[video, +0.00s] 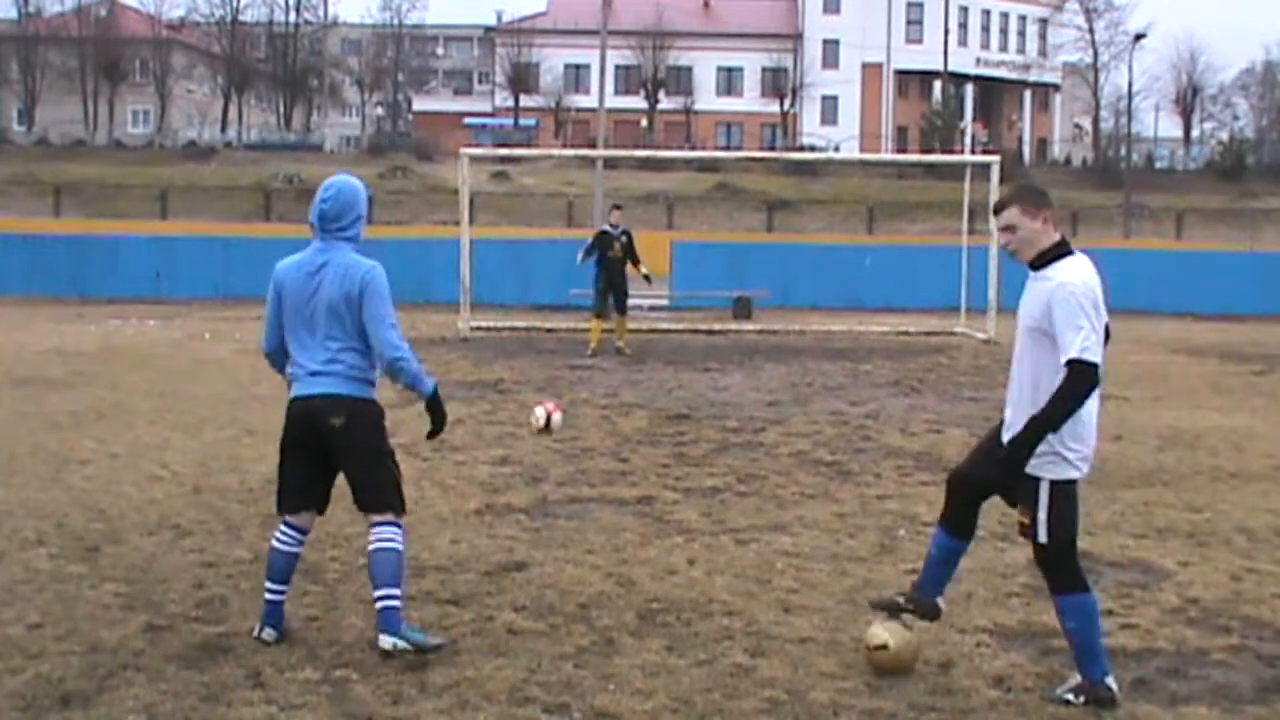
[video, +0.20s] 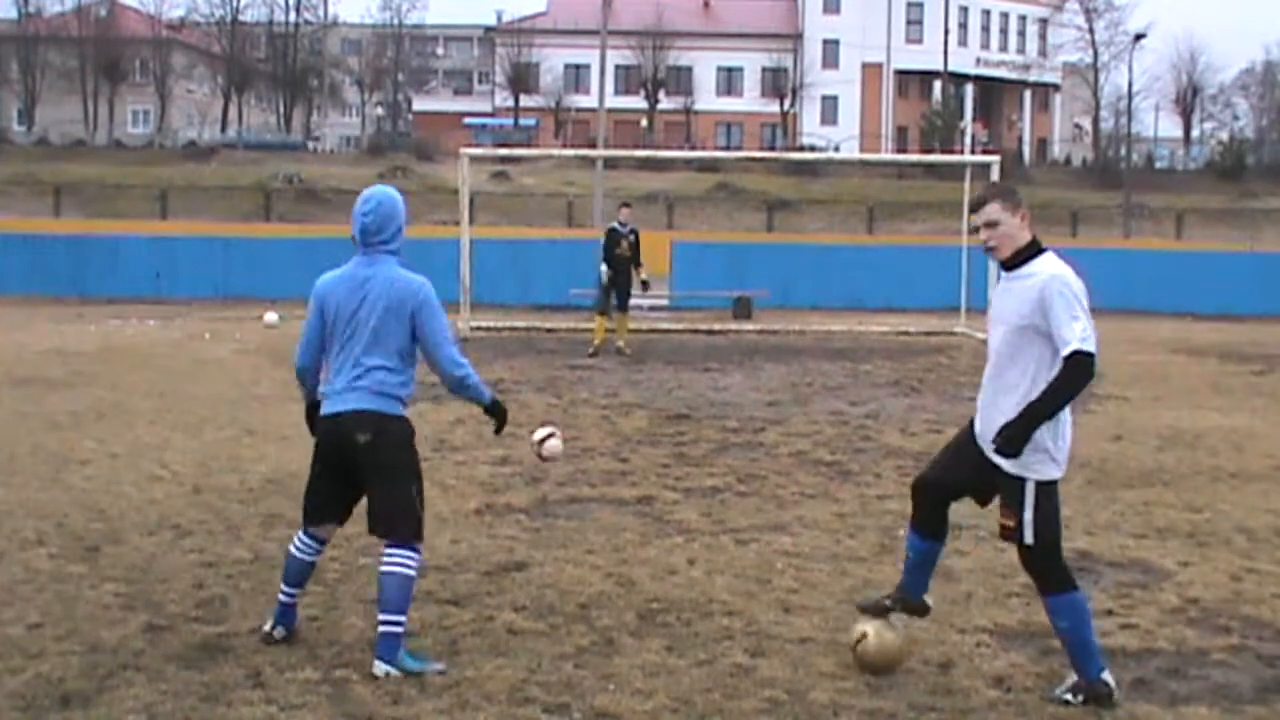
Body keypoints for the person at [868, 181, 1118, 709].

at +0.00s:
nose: (1005, 242)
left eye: (1011, 230)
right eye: (1000, 232)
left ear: (1044, 222)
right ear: (1035, 227)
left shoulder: (1068, 285)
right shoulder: (1049, 273)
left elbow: (1082, 375)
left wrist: (1022, 445)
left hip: (1052, 449)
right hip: (1019, 431)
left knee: (1057, 561)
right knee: (963, 486)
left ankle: (1097, 682)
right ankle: (924, 597)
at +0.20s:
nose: (985, 238)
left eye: (993, 226)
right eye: (979, 230)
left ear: (1024, 220)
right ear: (982, 234)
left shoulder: (1055, 280)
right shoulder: (1006, 279)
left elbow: (1081, 365)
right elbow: (1014, 365)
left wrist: (1022, 428)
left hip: (1032, 451)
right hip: (987, 432)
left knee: (1043, 561)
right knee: (929, 491)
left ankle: (1094, 679)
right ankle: (911, 595)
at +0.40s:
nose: (917, 254)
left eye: (922, 241)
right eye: (913, 245)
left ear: (955, 229)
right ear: (947, 236)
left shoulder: (999, 284)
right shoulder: (964, 285)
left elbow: (1031, 367)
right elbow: (974, 364)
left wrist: (975, 433)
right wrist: (947, 415)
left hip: (997, 456)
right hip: (953, 443)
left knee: (1028, 562)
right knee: (898, 509)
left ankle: (1089, 674)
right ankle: (889, 635)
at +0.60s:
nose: (838, 273)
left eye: (841, 261)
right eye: (833, 264)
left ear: (873, 245)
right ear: (868, 251)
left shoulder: (915, 288)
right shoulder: (894, 294)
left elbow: (943, 371)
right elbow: (928, 375)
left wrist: (904, 446)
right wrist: (905, 444)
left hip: (948, 456)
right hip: (910, 451)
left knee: (951, 569)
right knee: (889, 547)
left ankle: (1050, 653)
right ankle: (882, 670)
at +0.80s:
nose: (784, 274)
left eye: (786, 261)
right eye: (778, 265)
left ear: (814, 241)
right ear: (808, 249)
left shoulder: (874, 278)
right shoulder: (839, 291)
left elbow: (915, 355)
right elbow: (861, 372)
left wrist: (872, 429)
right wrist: (839, 429)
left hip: (897, 444)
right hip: (865, 444)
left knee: (847, 546)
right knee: (865, 548)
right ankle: (881, 658)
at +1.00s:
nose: (733, 276)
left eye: (735, 265)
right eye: (728, 267)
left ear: (763, 248)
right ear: (758, 254)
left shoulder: (834, 290)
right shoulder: (773, 297)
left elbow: (880, 368)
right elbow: (785, 374)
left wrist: (856, 446)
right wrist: (751, 433)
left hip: (832, 457)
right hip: (799, 456)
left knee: (779, 556)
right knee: (845, 559)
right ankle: (880, 671)